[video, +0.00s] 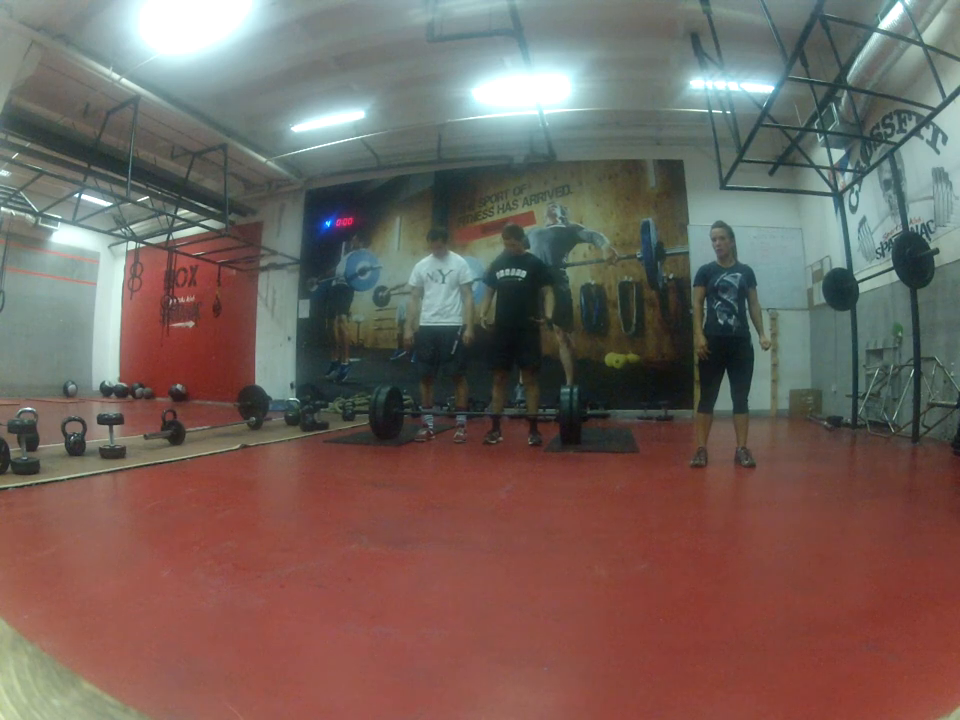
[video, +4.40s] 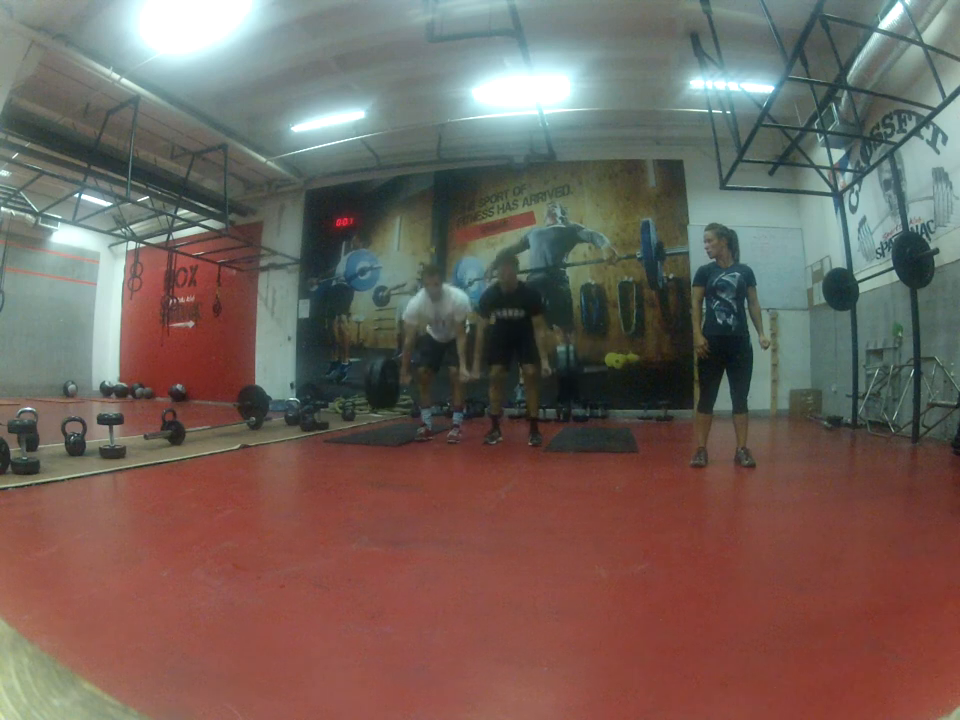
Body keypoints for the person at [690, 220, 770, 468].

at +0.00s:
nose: (718, 243)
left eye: (722, 239)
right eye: (714, 240)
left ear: (732, 241)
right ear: (711, 244)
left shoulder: (746, 272)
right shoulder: (705, 272)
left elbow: (754, 305)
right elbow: (697, 306)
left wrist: (761, 333)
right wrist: (698, 335)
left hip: (740, 343)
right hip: (712, 342)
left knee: (740, 398)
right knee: (707, 398)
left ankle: (742, 449)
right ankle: (701, 449)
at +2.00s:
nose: (707, 245)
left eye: (710, 240)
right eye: (705, 241)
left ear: (726, 241)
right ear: (710, 244)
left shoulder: (745, 271)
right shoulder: (704, 272)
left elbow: (754, 305)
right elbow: (697, 306)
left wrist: (761, 333)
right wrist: (697, 335)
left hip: (739, 342)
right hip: (711, 342)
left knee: (740, 399)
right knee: (706, 398)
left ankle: (742, 449)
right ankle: (701, 449)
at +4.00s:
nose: (706, 245)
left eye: (709, 241)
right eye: (705, 241)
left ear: (725, 241)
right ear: (710, 244)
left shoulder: (745, 271)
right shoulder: (704, 272)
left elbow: (753, 304)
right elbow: (696, 306)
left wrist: (761, 333)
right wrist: (697, 335)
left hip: (739, 342)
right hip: (711, 342)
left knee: (740, 399)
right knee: (706, 399)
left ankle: (742, 449)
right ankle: (700, 449)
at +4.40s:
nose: (706, 245)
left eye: (709, 241)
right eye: (705, 242)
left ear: (725, 241)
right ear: (710, 244)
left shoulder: (745, 271)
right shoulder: (704, 271)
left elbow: (753, 304)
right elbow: (696, 306)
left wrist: (761, 333)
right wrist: (697, 335)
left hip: (739, 342)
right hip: (711, 342)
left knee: (740, 399)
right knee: (706, 399)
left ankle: (742, 449)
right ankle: (700, 450)